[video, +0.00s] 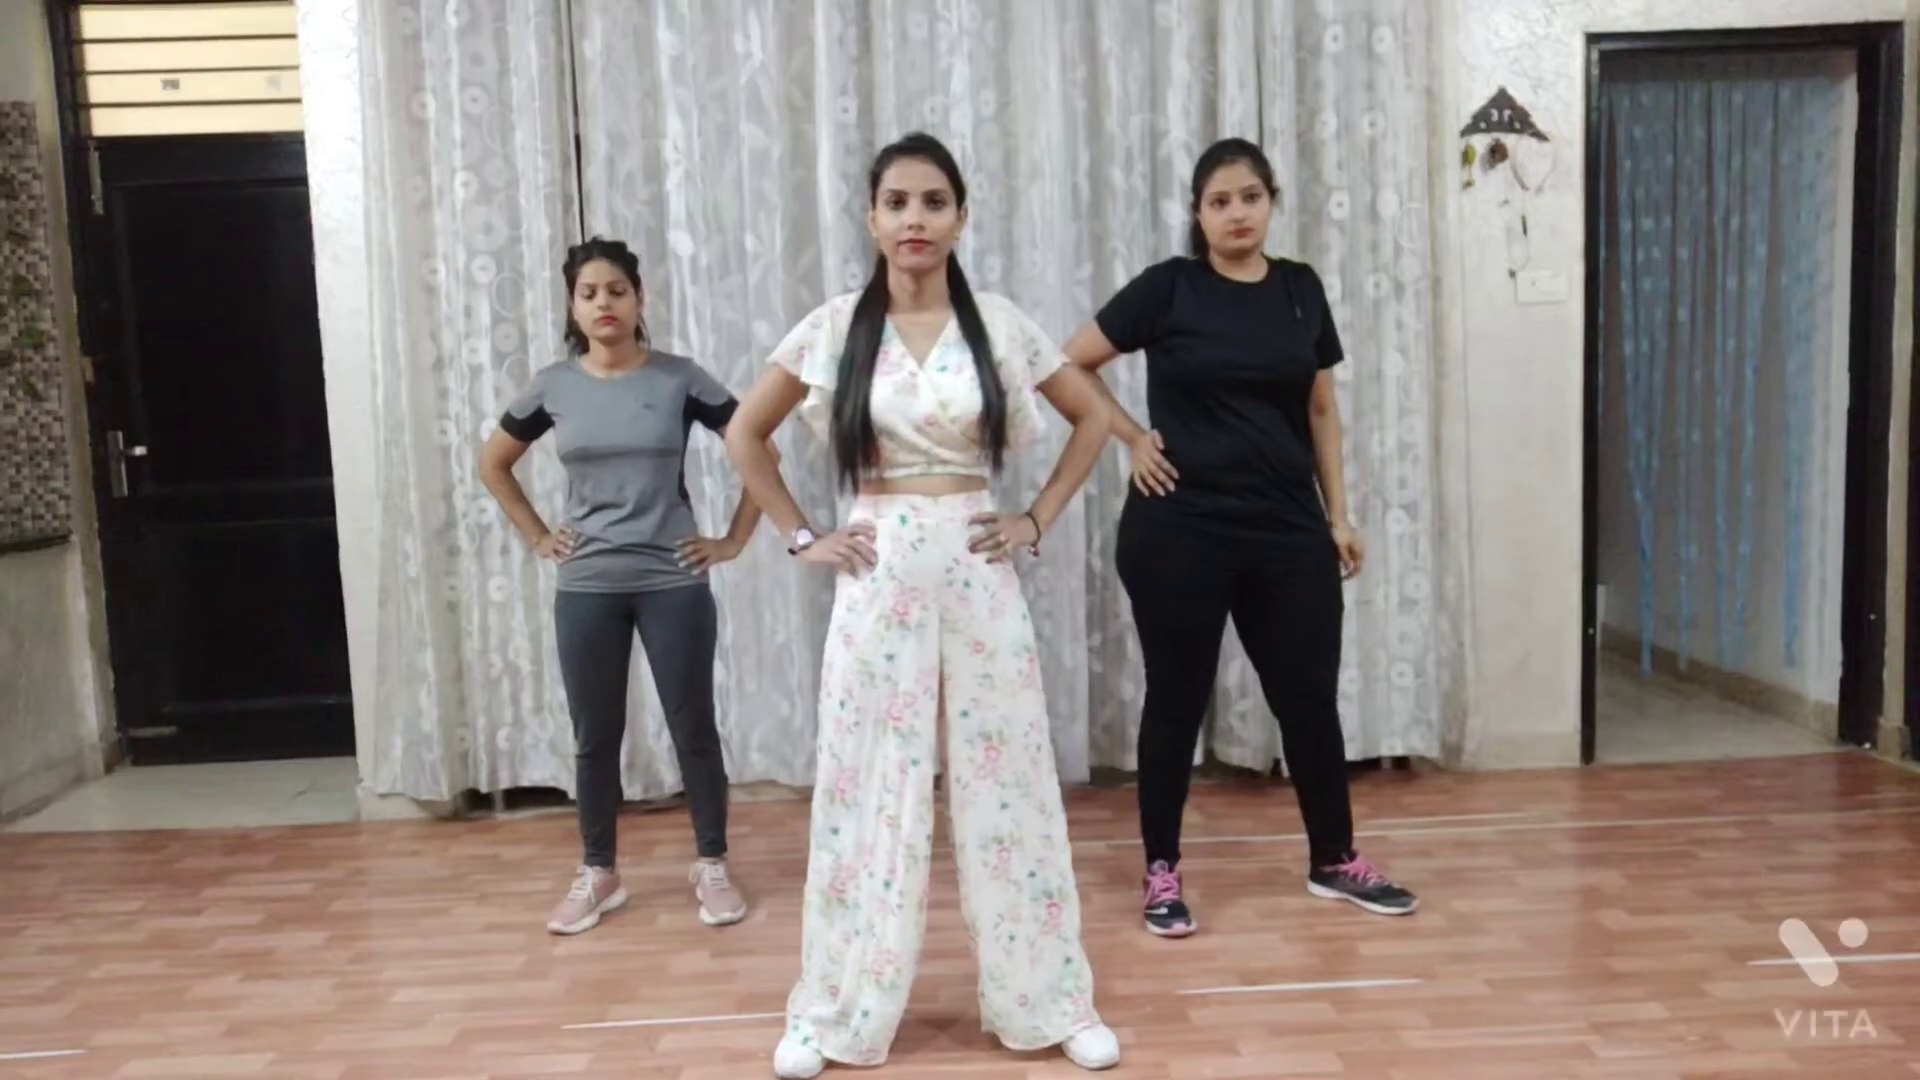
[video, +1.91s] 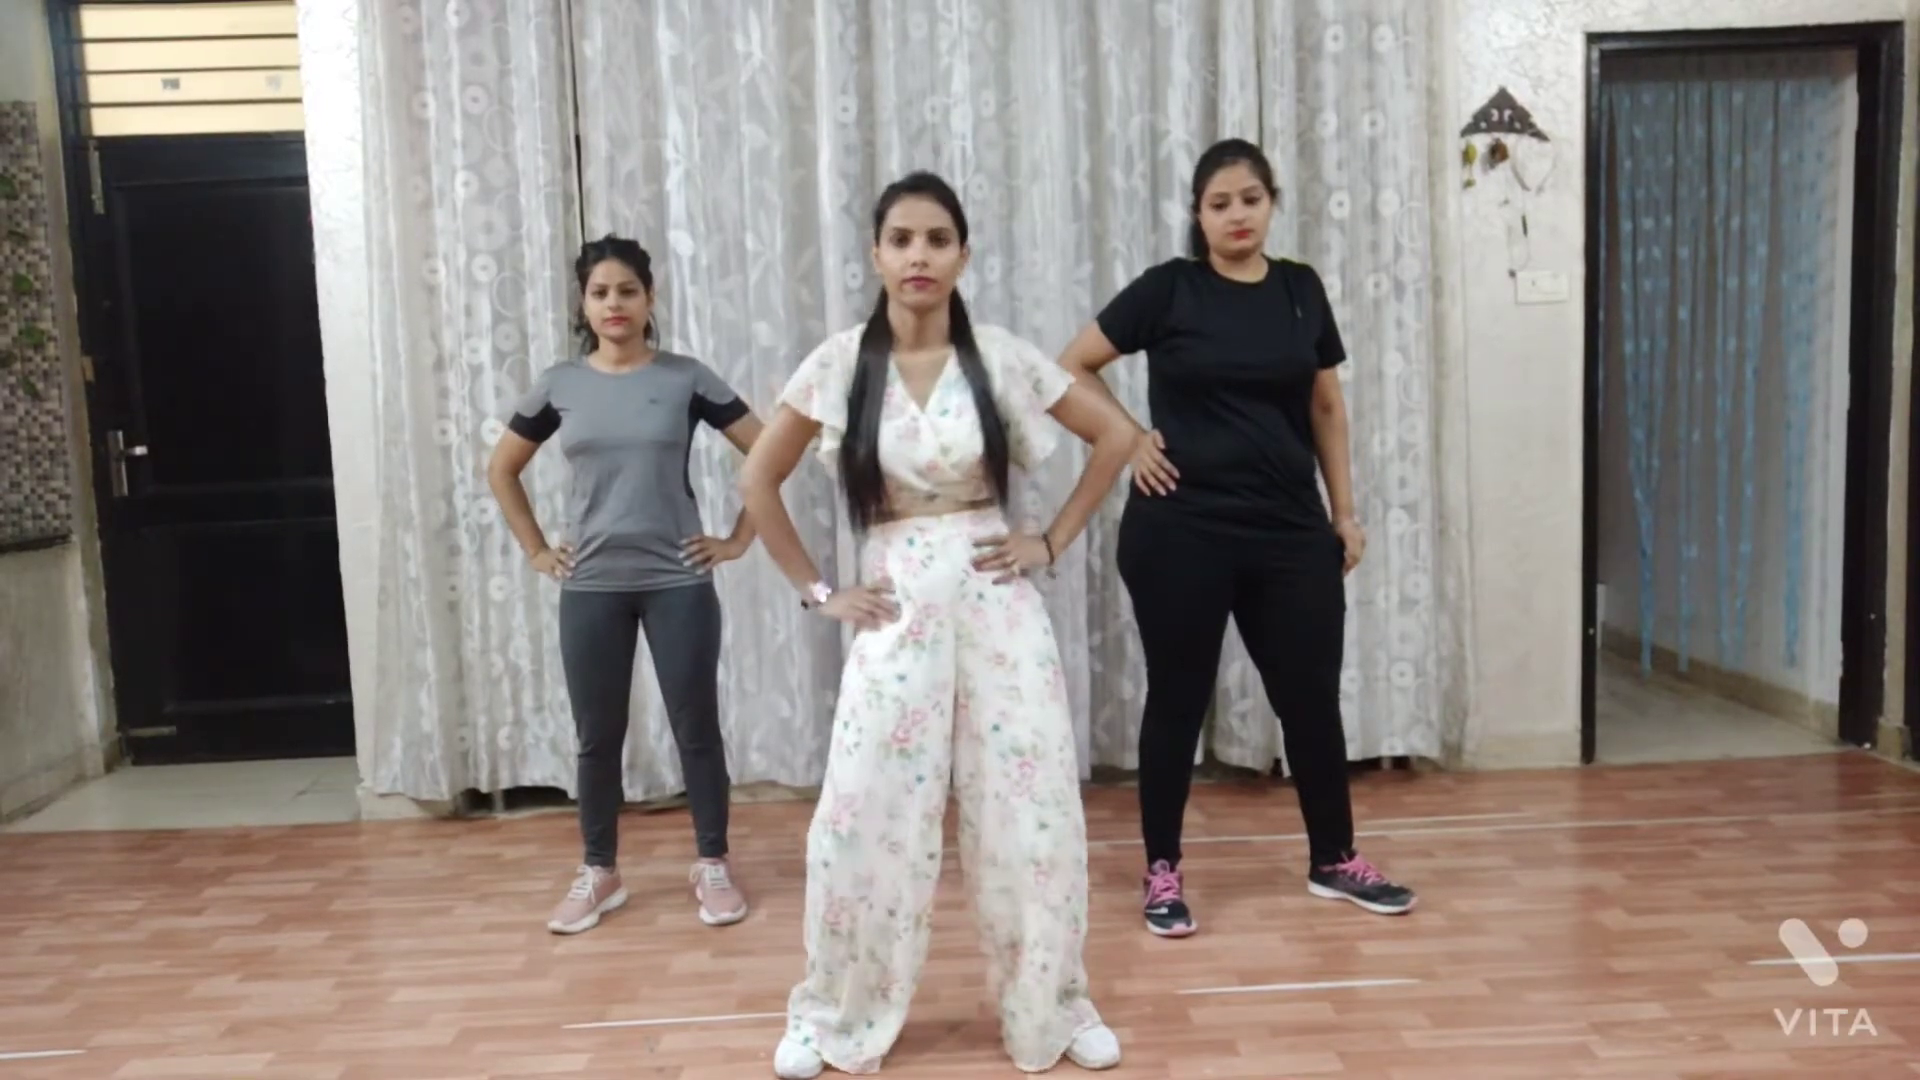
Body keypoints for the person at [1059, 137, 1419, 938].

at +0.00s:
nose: (1237, 213)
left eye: (1251, 197)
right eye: (1221, 200)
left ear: (1271, 205)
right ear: (1198, 211)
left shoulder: (1300, 289)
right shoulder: (1167, 289)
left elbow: (1322, 412)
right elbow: (1069, 369)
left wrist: (1336, 516)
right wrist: (1131, 435)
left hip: (1286, 529)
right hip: (1180, 527)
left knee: (1311, 701)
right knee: (1176, 701)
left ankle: (1335, 861)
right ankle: (1162, 870)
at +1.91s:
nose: (1237, 215)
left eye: (1251, 200)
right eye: (1221, 203)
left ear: (1271, 206)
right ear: (1198, 213)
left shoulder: (1300, 290)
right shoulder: (1166, 291)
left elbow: (1328, 407)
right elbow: (1068, 369)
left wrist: (1343, 512)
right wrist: (1126, 435)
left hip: (1288, 531)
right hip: (1181, 528)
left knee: (1313, 700)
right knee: (1177, 700)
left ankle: (1335, 861)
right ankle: (1162, 870)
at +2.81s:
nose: (1236, 214)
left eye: (1250, 199)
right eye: (1220, 202)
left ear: (1275, 204)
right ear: (1200, 213)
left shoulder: (1304, 290)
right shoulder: (1168, 290)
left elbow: (1330, 407)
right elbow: (1089, 365)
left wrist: (1346, 513)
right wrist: (1133, 434)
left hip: (1292, 531)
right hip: (1183, 529)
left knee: (1314, 703)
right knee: (1178, 703)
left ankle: (1335, 861)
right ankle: (1163, 871)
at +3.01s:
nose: (1240, 220)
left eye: (1254, 205)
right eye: (1225, 207)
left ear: (1276, 209)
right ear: (1203, 213)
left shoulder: (1304, 290)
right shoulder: (1169, 290)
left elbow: (1331, 408)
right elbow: (1075, 366)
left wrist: (1346, 513)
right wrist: (1127, 436)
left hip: (1291, 529)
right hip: (1184, 528)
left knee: (1315, 702)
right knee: (1178, 701)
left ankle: (1335, 861)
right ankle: (1162, 870)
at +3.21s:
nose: (1244, 220)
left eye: (1258, 205)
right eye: (1228, 206)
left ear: (1279, 209)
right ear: (1204, 213)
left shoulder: (1304, 290)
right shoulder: (1171, 289)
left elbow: (1331, 408)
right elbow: (1065, 371)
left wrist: (1346, 512)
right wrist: (1135, 435)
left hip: (1292, 529)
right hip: (1184, 526)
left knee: (1314, 701)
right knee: (1179, 701)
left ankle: (1335, 861)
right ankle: (1163, 870)